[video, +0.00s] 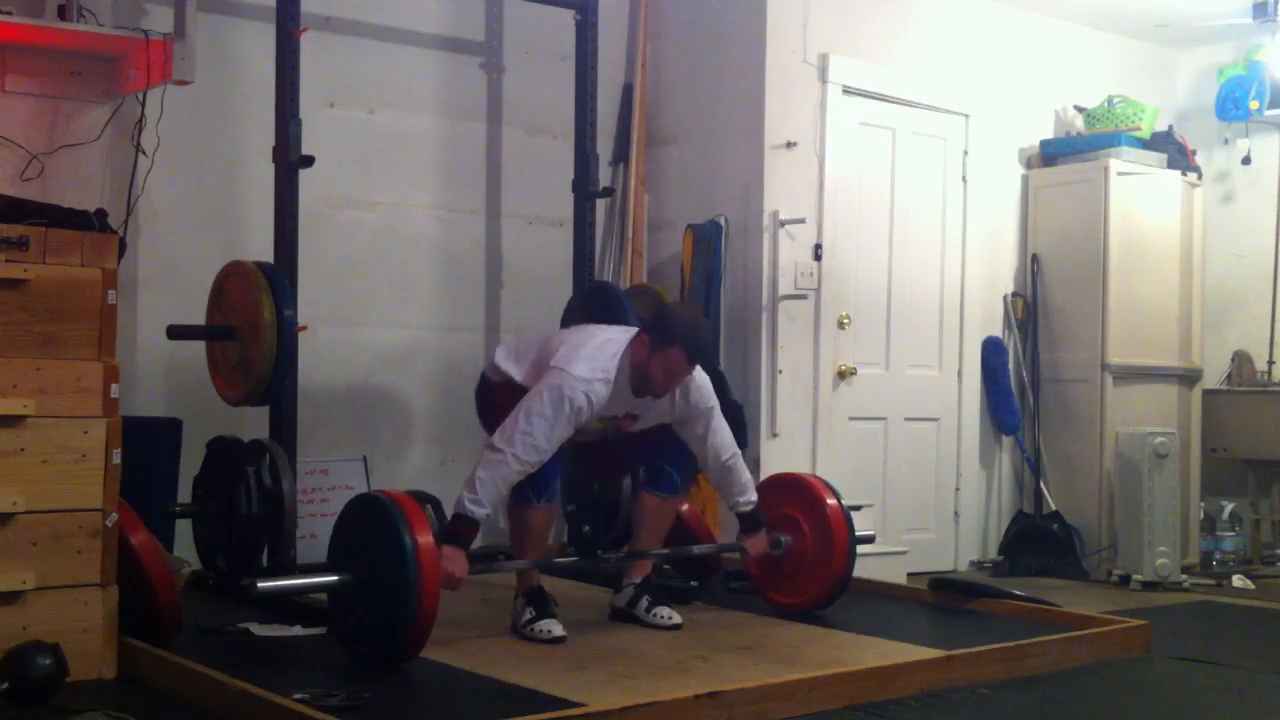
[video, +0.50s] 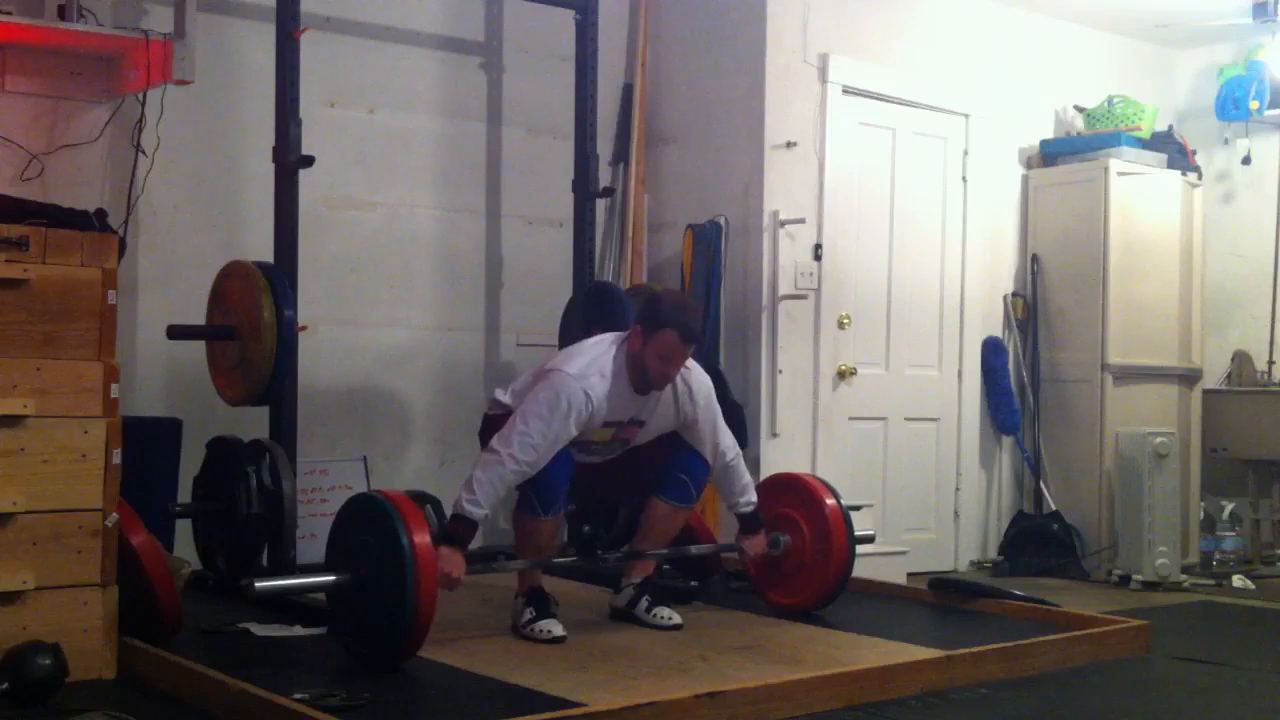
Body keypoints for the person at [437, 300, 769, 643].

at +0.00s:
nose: (674, 385)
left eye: (683, 375)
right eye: (668, 370)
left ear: (694, 369)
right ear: (642, 346)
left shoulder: (690, 386)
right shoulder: (579, 377)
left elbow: (722, 451)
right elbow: (508, 450)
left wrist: (753, 524)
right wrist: (457, 537)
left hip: (591, 412)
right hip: (513, 390)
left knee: (672, 456)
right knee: (541, 463)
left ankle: (633, 589)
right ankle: (530, 597)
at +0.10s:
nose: (668, 376)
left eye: (677, 367)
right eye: (663, 362)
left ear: (688, 362)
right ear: (638, 341)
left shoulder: (689, 382)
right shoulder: (577, 378)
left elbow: (723, 451)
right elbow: (508, 452)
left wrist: (751, 524)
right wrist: (455, 538)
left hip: (600, 438)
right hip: (522, 423)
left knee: (686, 455)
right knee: (546, 464)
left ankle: (633, 588)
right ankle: (530, 595)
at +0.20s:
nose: (665, 374)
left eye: (675, 364)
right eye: (659, 359)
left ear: (686, 357)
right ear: (635, 339)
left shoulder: (689, 383)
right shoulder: (577, 378)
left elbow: (724, 451)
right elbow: (508, 453)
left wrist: (751, 522)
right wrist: (456, 538)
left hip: (603, 443)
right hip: (526, 433)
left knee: (689, 458)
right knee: (547, 471)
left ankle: (633, 588)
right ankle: (530, 595)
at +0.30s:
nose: (666, 374)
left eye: (675, 364)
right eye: (660, 359)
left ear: (686, 357)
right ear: (635, 339)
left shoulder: (689, 383)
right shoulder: (577, 379)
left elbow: (723, 451)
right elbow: (508, 453)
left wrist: (751, 522)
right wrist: (455, 538)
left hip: (605, 446)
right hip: (529, 437)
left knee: (692, 458)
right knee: (549, 470)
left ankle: (633, 588)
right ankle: (530, 595)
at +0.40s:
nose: (670, 374)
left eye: (678, 364)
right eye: (662, 360)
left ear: (688, 356)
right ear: (634, 340)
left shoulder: (690, 383)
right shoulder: (576, 380)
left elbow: (724, 452)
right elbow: (506, 454)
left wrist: (751, 524)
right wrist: (455, 539)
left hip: (604, 449)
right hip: (529, 438)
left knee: (690, 460)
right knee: (551, 469)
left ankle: (633, 588)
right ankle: (530, 595)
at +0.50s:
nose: (671, 374)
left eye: (679, 364)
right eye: (663, 361)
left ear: (690, 355)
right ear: (635, 340)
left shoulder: (690, 383)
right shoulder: (577, 380)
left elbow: (725, 453)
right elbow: (507, 454)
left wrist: (752, 525)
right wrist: (455, 539)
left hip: (603, 448)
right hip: (526, 435)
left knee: (690, 460)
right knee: (552, 468)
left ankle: (633, 589)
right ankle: (531, 597)